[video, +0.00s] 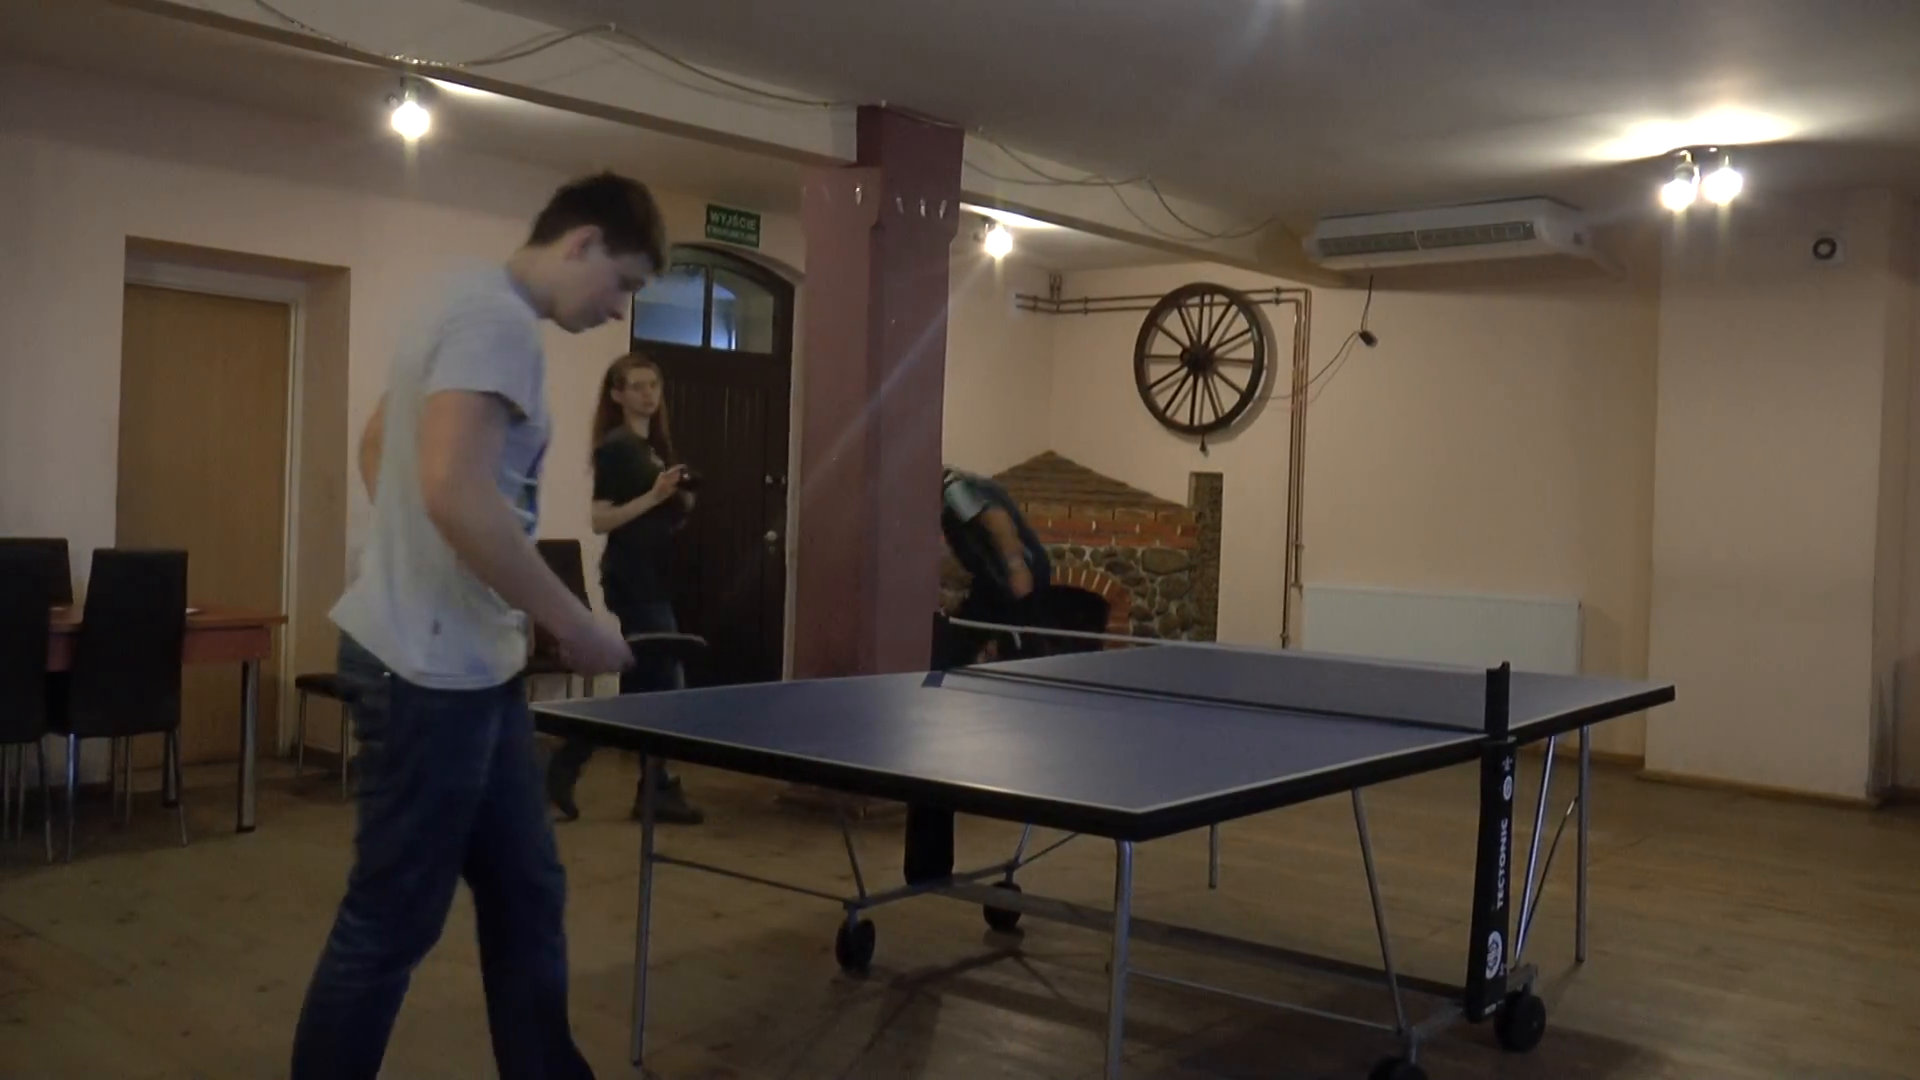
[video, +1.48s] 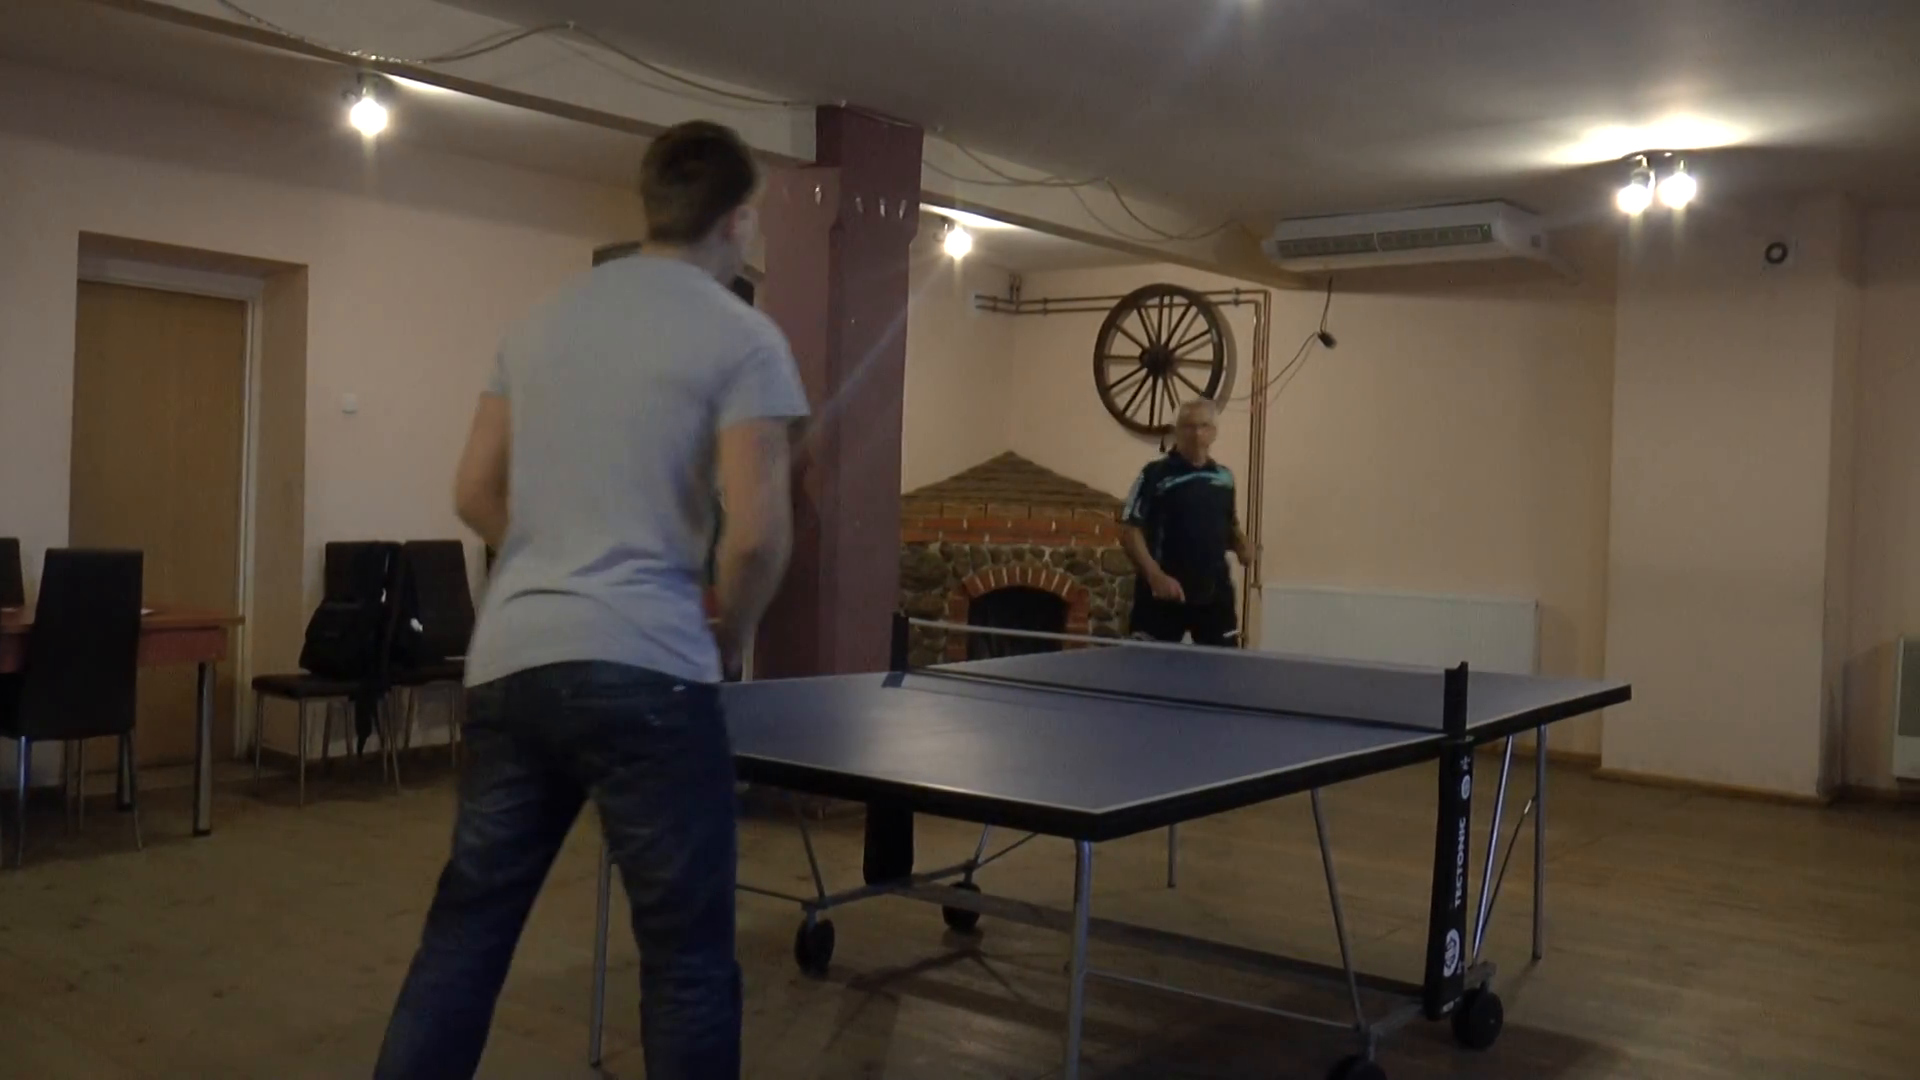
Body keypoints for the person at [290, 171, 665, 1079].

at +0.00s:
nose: (619, 309)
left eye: (630, 294)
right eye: (624, 284)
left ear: (572, 245)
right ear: (581, 245)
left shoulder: (459, 306)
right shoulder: (492, 318)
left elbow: (374, 449)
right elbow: (456, 489)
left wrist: (447, 569)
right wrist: (572, 619)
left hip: (459, 667)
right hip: (427, 670)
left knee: (525, 898)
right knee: (388, 922)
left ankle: (545, 1071)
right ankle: (324, 1070)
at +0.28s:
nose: (700, 291)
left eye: (708, 272)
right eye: (703, 265)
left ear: (639, 237)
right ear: (665, 239)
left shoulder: (545, 308)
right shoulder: (589, 310)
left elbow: (471, 470)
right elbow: (542, 481)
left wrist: (483, 600)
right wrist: (560, 669)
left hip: (506, 653)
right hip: (545, 666)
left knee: (566, 906)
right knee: (563, 908)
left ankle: (559, 1070)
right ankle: (402, 1074)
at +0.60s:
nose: (746, 255)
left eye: (747, 236)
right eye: (748, 235)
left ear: (659, 220)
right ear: (725, 228)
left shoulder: (582, 312)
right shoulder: (682, 309)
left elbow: (529, 477)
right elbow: (667, 480)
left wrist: (603, 577)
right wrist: (734, 656)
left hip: (556, 644)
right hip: (639, 654)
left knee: (575, 896)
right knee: (685, 915)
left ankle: (541, 1066)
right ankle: (668, 1067)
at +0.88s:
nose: (816, 232)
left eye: (813, 216)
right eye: (816, 218)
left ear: (709, 212)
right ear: (801, 226)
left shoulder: (608, 319)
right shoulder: (800, 331)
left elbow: (546, 481)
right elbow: (843, 524)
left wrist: (587, 601)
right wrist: (894, 649)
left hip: (594, 651)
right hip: (714, 658)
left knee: (593, 884)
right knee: (738, 927)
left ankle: (556, 1067)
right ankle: (723, 1073)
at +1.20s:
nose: (835, 228)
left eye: (838, 213)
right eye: (837, 213)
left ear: (725, 203)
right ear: (822, 215)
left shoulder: (618, 304)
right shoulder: (832, 339)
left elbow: (550, 476)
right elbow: (853, 552)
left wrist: (581, 598)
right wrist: (827, 642)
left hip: (589, 647)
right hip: (727, 656)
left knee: (547, 908)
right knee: (721, 940)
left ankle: (504, 1067)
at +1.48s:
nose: (755, 229)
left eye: (754, 212)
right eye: (754, 213)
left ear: (647, 209)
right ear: (734, 219)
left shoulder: (540, 320)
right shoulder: (740, 334)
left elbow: (477, 491)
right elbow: (754, 534)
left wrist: (551, 573)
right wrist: (724, 633)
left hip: (511, 660)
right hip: (646, 665)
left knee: (466, 927)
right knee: (687, 955)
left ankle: (406, 1072)